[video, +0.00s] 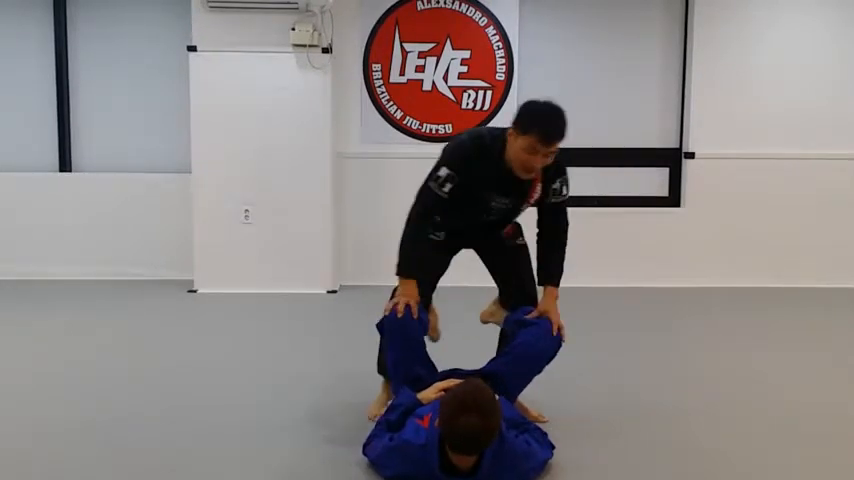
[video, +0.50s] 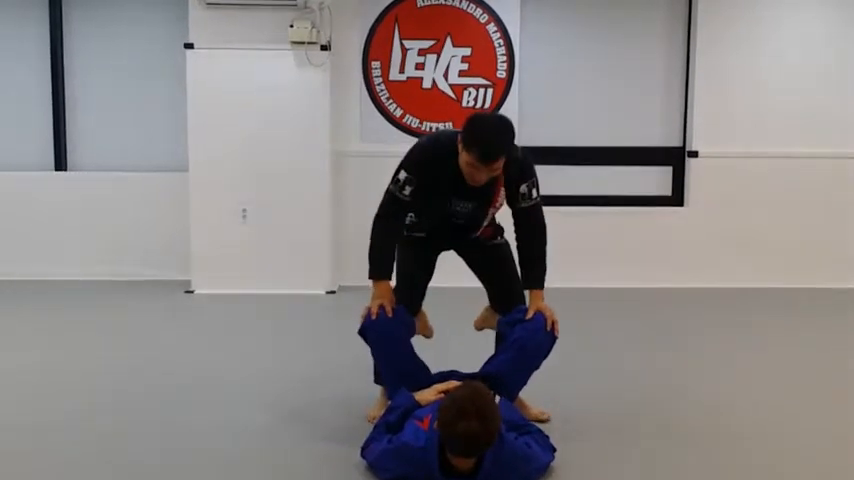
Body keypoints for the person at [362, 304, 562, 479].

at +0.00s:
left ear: (438, 422)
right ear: (499, 427)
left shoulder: (409, 452)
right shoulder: (517, 456)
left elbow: (374, 444)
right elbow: (539, 439)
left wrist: (414, 398)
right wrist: (507, 403)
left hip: (424, 392)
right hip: (493, 392)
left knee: (400, 316)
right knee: (546, 333)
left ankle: (425, 318)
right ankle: (505, 312)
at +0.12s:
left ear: (438, 425)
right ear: (498, 429)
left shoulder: (409, 452)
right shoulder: (517, 456)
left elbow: (373, 445)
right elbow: (540, 441)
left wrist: (412, 398)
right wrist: (507, 404)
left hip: (423, 394)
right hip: (493, 392)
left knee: (391, 316)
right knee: (545, 332)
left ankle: (416, 312)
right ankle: (494, 312)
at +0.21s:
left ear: (437, 425)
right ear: (498, 430)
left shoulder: (409, 452)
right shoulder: (517, 457)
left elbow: (373, 445)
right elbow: (540, 441)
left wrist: (411, 398)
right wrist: (506, 403)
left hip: (423, 394)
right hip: (492, 392)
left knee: (386, 319)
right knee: (543, 331)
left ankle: (413, 311)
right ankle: (491, 312)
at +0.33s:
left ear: (437, 424)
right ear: (498, 430)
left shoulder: (409, 452)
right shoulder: (517, 458)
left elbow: (372, 446)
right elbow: (540, 443)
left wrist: (410, 399)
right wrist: (507, 404)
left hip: (421, 396)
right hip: (491, 392)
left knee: (379, 322)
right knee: (540, 327)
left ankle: (412, 314)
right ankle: (496, 315)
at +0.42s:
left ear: (436, 425)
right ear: (497, 430)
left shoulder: (409, 453)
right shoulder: (518, 458)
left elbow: (372, 446)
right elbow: (541, 443)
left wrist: (410, 400)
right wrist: (502, 403)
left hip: (421, 396)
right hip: (491, 392)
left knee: (378, 322)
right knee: (540, 327)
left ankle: (413, 318)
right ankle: (496, 315)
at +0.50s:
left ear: (437, 426)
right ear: (496, 433)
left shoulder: (409, 453)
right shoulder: (518, 458)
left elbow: (372, 446)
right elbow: (541, 443)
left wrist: (410, 400)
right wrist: (501, 404)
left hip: (422, 396)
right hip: (491, 392)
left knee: (380, 321)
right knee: (541, 325)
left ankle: (415, 318)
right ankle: (497, 316)